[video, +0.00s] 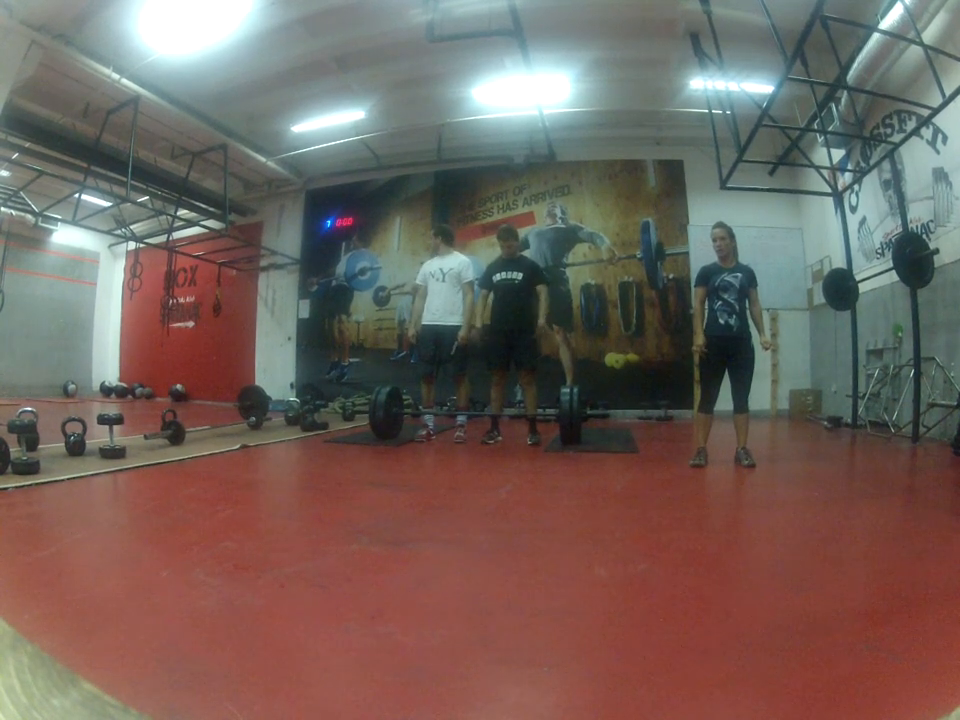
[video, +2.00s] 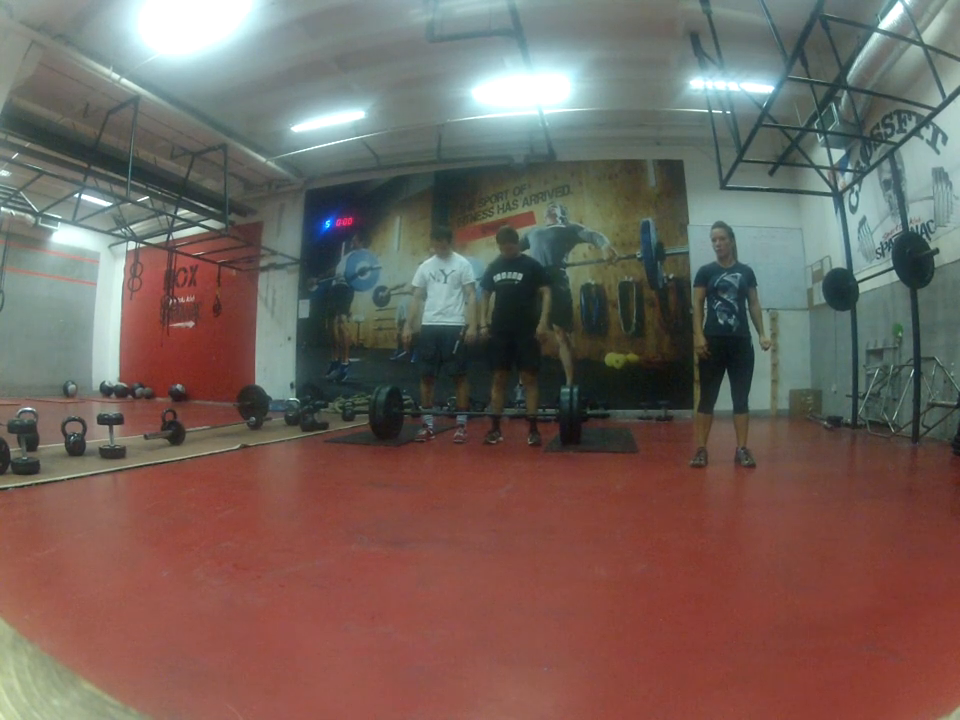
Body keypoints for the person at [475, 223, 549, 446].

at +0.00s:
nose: (508, 249)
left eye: (511, 244)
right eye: (504, 245)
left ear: (518, 243)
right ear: (499, 245)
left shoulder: (531, 266)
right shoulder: (493, 267)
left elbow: (543, 294)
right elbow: (482, 297)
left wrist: (542, 320)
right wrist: (479, 324)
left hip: (525, 329)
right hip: (498, 329)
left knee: (527, 377)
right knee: (497, 377)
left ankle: (532, 428)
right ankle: (494, 428)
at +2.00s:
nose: (508, 250)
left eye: (511, 246)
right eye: (504, 246)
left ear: (518, 243)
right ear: (498, 246)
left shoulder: (532, 265)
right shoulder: (494, 267)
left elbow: (547, 293)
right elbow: (484, 297)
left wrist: (543, 323)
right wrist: (484, 323)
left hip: (527, 330)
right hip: (500, 330)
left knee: (529, 378)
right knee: (499, 378)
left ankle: (533, 428)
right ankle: (495, 428)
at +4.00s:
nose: (509, 250)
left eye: (512, 246)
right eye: (505, 247)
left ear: (518, 243)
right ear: (499, 245)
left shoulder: (533, 264)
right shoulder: (494, 266)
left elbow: (545, 294)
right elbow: (486, 298)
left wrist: (547, 325)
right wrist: (487, 325)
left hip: (529, 328)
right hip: (502, 329)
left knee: (529, 377)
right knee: (499, 378)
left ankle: (533, 428)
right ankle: (495, 428)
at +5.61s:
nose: (506, 276)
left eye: (509, 273)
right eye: (502, 273)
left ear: (516, 267)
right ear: (496, 269)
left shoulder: (530, 281)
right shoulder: (491, 282)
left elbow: (542, 314)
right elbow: (481, 316)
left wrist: (542, 347)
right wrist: (482, 350)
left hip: (527, 338)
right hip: (501, 338)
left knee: (530, 379)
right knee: (500, 380)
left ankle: (534, 429)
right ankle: (495, 428)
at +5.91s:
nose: (506, 294)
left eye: (509, 290)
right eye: (503, 291)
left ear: (515, 284)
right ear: (498, 286)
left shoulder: (530, 290)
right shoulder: (490, 292)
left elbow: (541, 322)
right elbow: (482, 324)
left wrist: (539, 356)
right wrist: (483, 359)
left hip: (527, 339)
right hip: (502, 340)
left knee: (530, 379)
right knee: (500, 379)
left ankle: (534, 429)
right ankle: (495, 428)